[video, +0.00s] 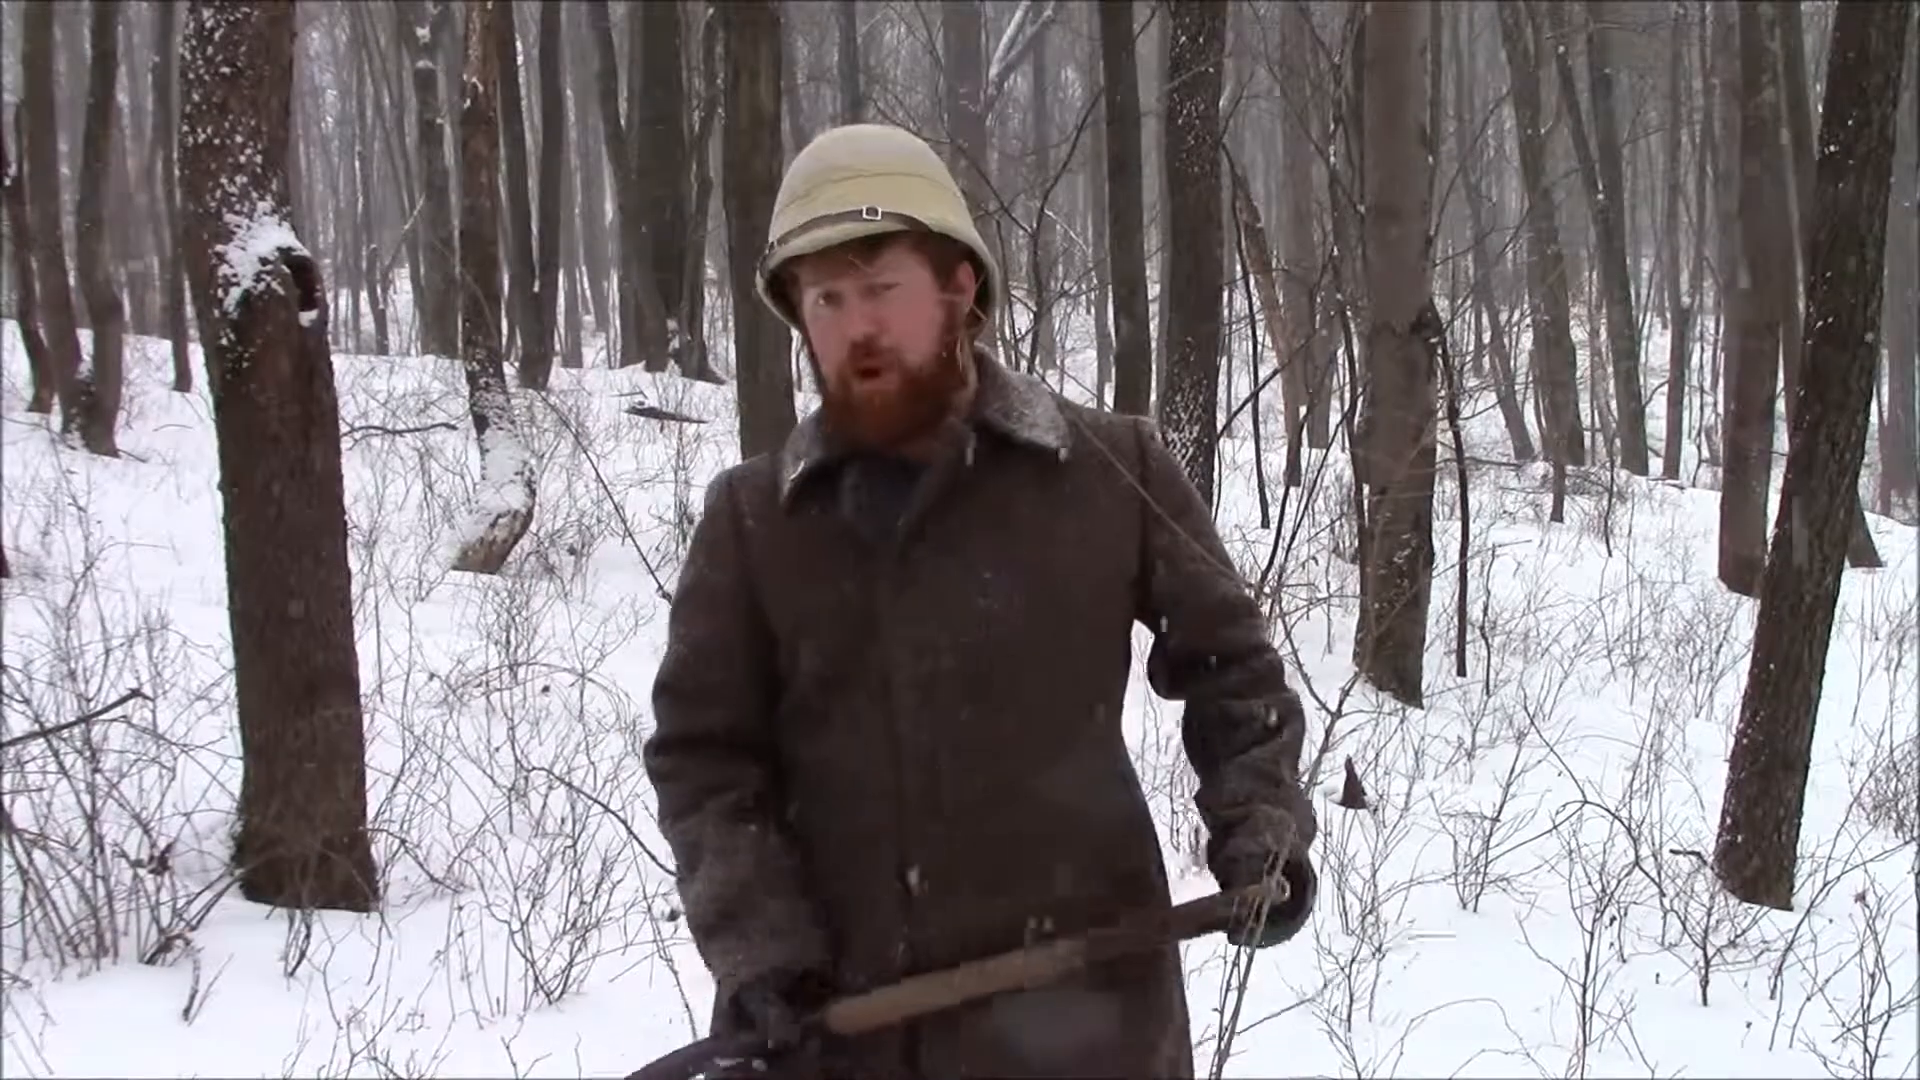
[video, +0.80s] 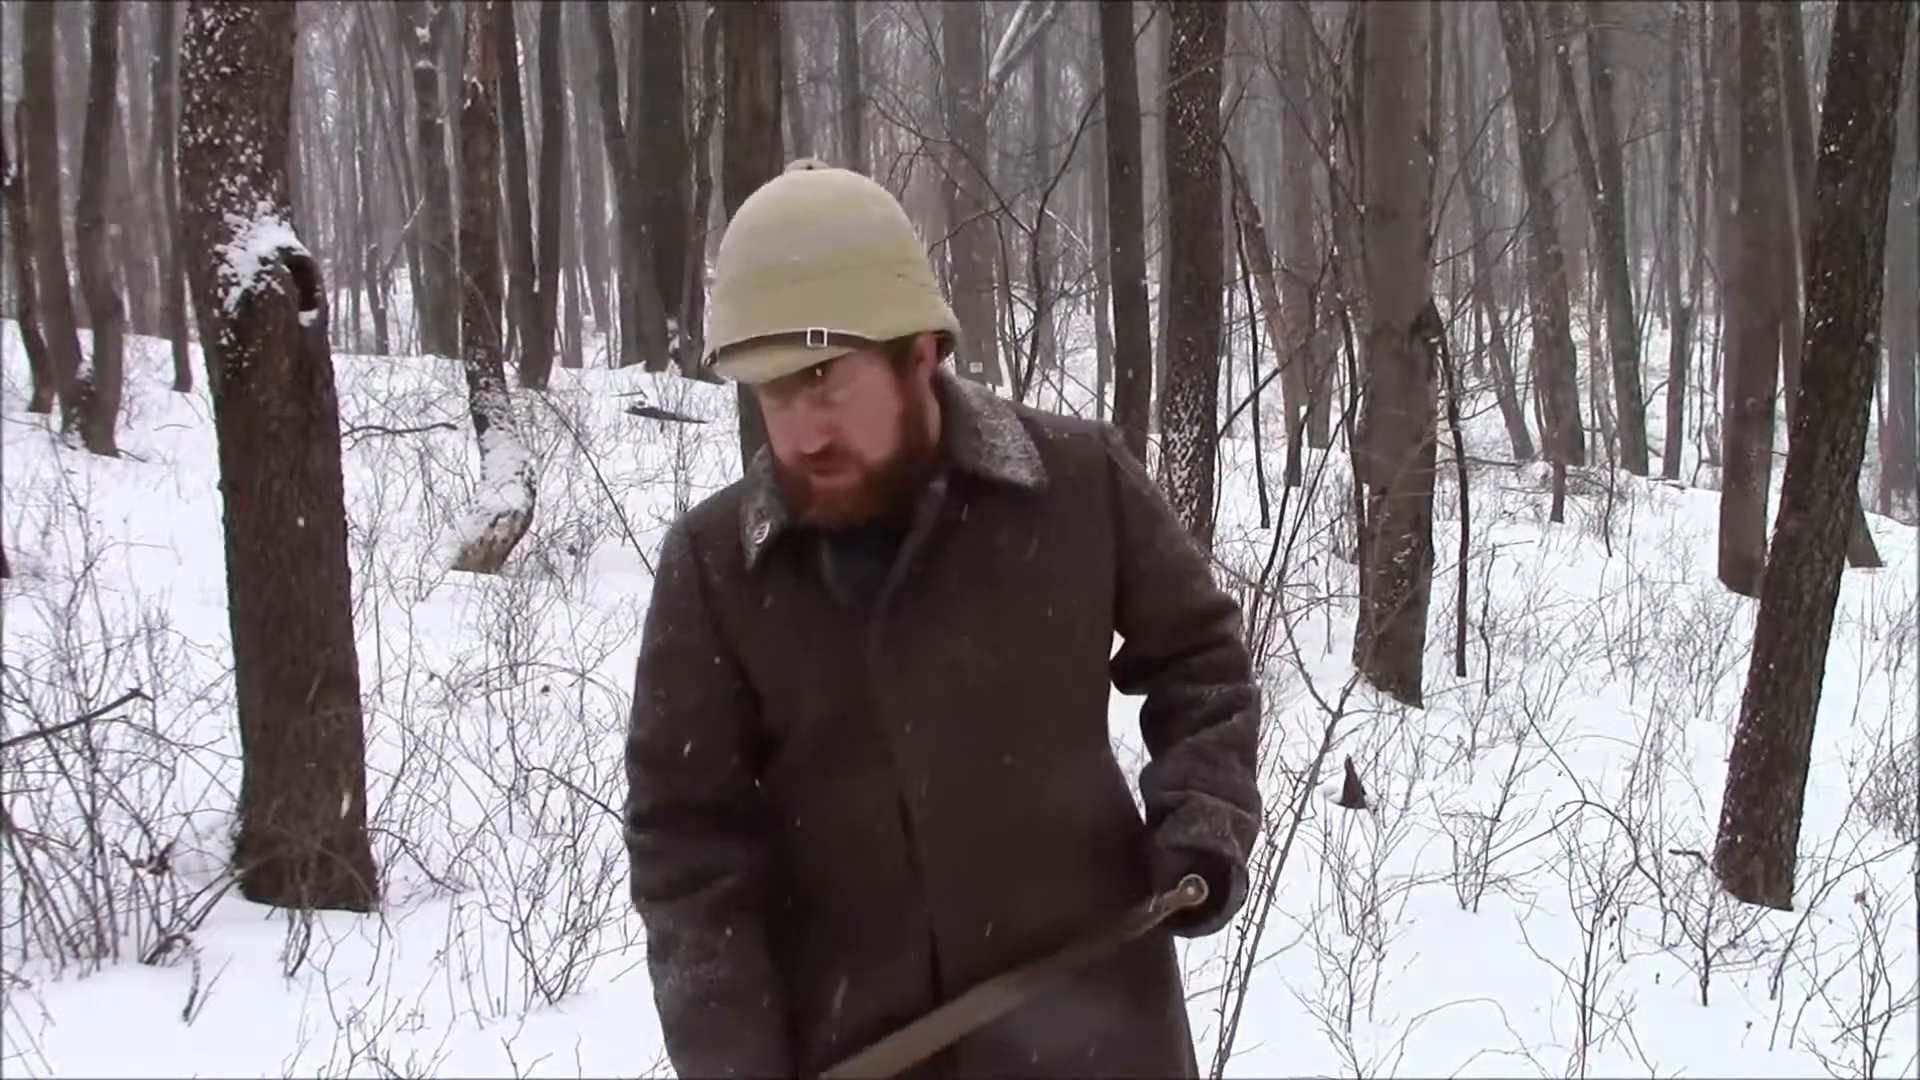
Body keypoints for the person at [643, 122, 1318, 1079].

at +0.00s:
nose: (858, 329)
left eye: (884, 287)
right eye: (828, 300)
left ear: (962, 289)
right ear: (799, 322)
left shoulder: (1116, 473)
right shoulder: (749, 520)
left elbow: (1230, 668)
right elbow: (701, 760)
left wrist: (1259, 827)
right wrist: (763, 955)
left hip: (1084, 1014)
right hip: (847, 1027)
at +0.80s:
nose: (801, 435)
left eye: (826, 381)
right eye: (771, 393)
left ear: (921, 350)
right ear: (747, 393)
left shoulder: (1084, 485)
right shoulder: (712, 566)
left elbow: (1197, 656)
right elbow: (688, 847)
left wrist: (1201, 823)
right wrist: (732, 1060)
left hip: (1088, 1030)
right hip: (848, 1048)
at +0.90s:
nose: (758, 475)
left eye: (781, 423)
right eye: (726, 435)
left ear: (877, 382)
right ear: (703, 431)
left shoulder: (1049, 483)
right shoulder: (680, 592)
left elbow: (1177, 639)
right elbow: (668, 881)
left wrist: (1173, 807)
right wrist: (712, 1060)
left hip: (1073, 1022)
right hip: (833, 1047)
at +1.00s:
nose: (702, 534)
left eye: (720, 478)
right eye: (667, 495)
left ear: (821, 417)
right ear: (641, 486)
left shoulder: (1009, 491)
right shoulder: (640, 632)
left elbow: (1151, 623)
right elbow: (651, 915)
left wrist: (1146, 795)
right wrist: (700, 1060)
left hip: (1063, 1027)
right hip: (820, 1054)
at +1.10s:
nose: (653, 622)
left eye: (667, 569)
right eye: (614, 590)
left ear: (766, 494)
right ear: (585, 574)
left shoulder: (962, 519)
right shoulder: (596, 706)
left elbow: (1118, 602)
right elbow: (646, 988)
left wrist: (1116, 801)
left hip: (1040, 1005)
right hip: (812, 1045)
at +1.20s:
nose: (616, 744)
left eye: (627, 691)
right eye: (574, 717)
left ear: (713, 601)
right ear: (532, 699)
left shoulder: (908, 570)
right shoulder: (554, 803)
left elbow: (1084, 617)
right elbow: (624, 1041)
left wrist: (1091, 814)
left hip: (1024, 1008)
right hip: (811, 1054)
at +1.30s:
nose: (601, 884)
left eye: (606, 836)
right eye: (554, 870)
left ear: (671, 730)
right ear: (504, 848)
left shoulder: (859, 633)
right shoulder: (523, 917)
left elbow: (1053, 669)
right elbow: (624, 1066)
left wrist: (1066, 903)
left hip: (977, 994)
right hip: (784, 1055)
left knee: (1051, 1051)